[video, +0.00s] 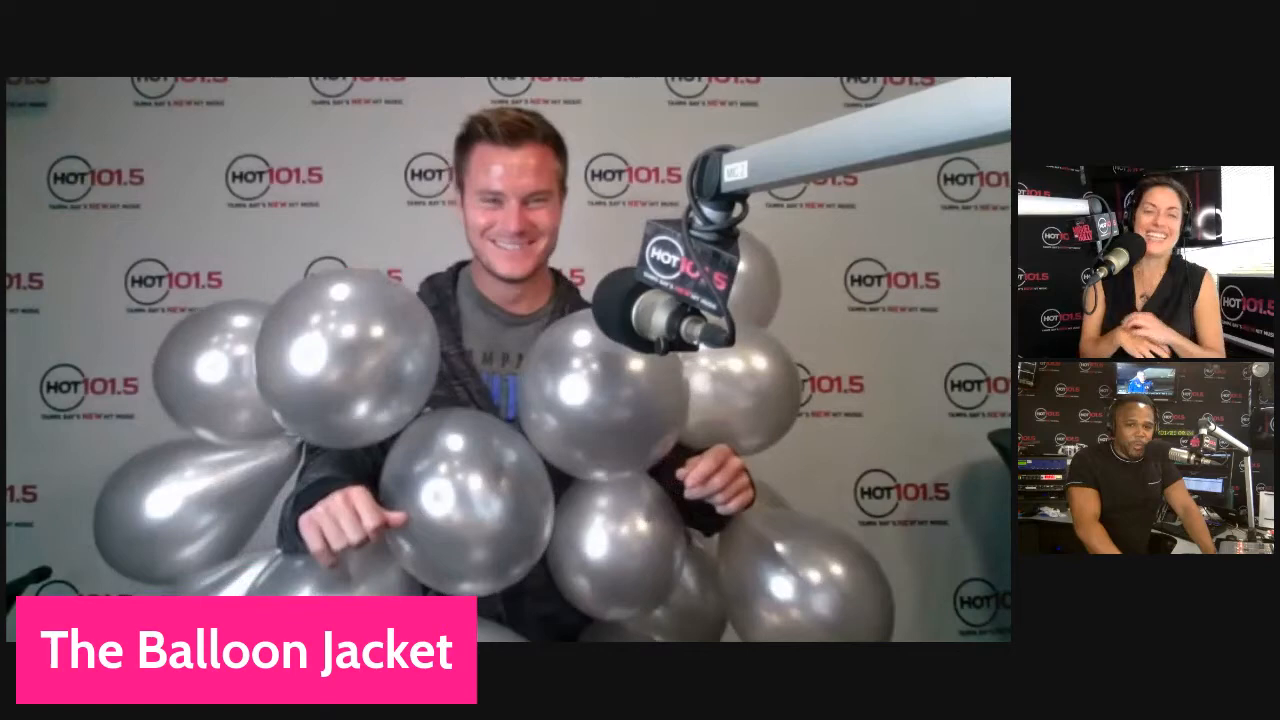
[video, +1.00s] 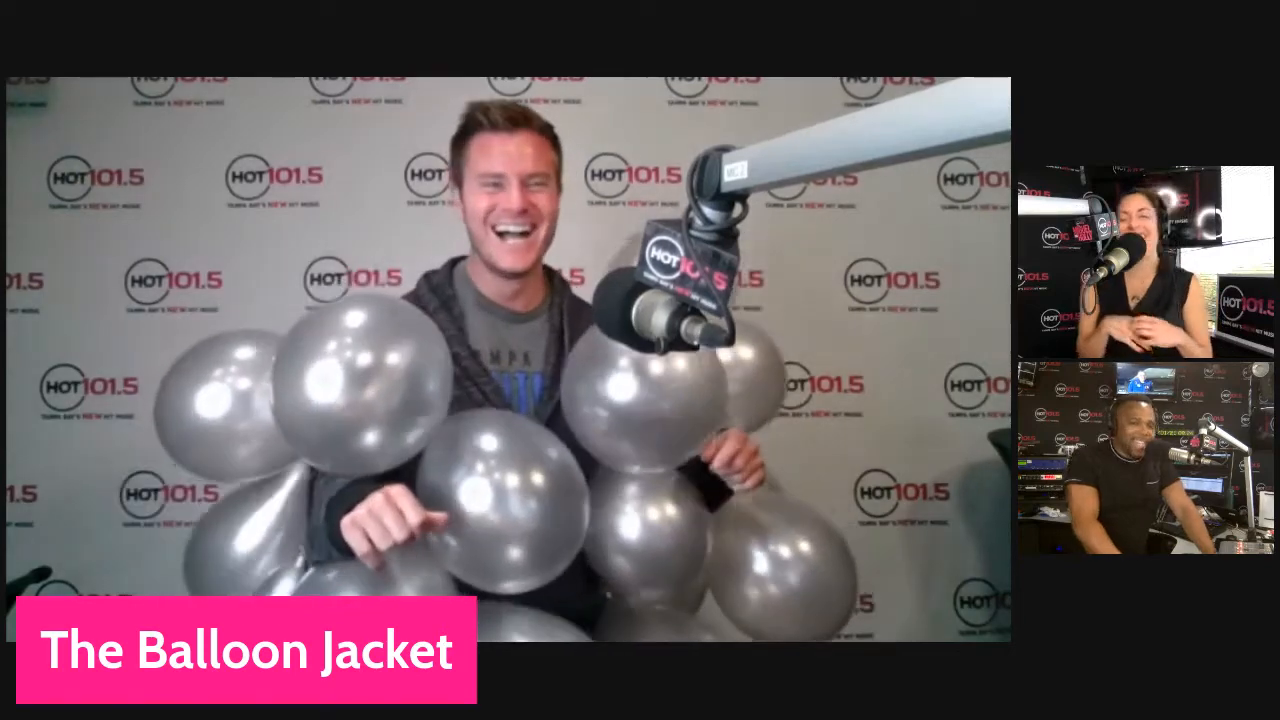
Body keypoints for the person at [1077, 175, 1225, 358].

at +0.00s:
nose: (1159, 222)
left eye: (1172, 214)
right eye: (1149, 210)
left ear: (1182, 225)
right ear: (1133, 217)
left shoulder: (1199, 281)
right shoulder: (1103, 280)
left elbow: (1217, 358)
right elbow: (1086, 351)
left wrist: (1169, 335)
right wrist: (1117, 336)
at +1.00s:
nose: (1133, 225)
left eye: (1143, 216)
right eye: (1123, 218)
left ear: (1160, 224)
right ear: (1116, 228)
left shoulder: (1186, 284)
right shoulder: (1098, 285)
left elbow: (1206, 358)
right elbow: (1086, 356)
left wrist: (1180, 337)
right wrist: (1106, 325)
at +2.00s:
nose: (1083, 258)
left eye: (1091, 248)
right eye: (1075, 250)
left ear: (1113, 241)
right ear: (1070, 250)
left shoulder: (1152, 284)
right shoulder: (1067, 288)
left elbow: (1169, 351)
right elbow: (1063, 356)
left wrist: (1146, 335)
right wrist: (1080, 336)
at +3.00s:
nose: (1157, 228)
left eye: (1170, 218)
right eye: (1151, 220)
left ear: (1195, 224)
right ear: (1146, 226)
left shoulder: (1229, 283)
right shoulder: (1134, 282)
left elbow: (1248, 360)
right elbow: (1127, 355)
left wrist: (1200, 349)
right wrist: (1148, 344)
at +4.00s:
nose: (1151, 226)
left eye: (1164, 218)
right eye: (1142, 216)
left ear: (1177, 228)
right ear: (1129, 222)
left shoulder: (1196, 289)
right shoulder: (1100, 285)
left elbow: (1208, 361)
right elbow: (1087, 354)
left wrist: (1177, 349)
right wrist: (1116, 347)